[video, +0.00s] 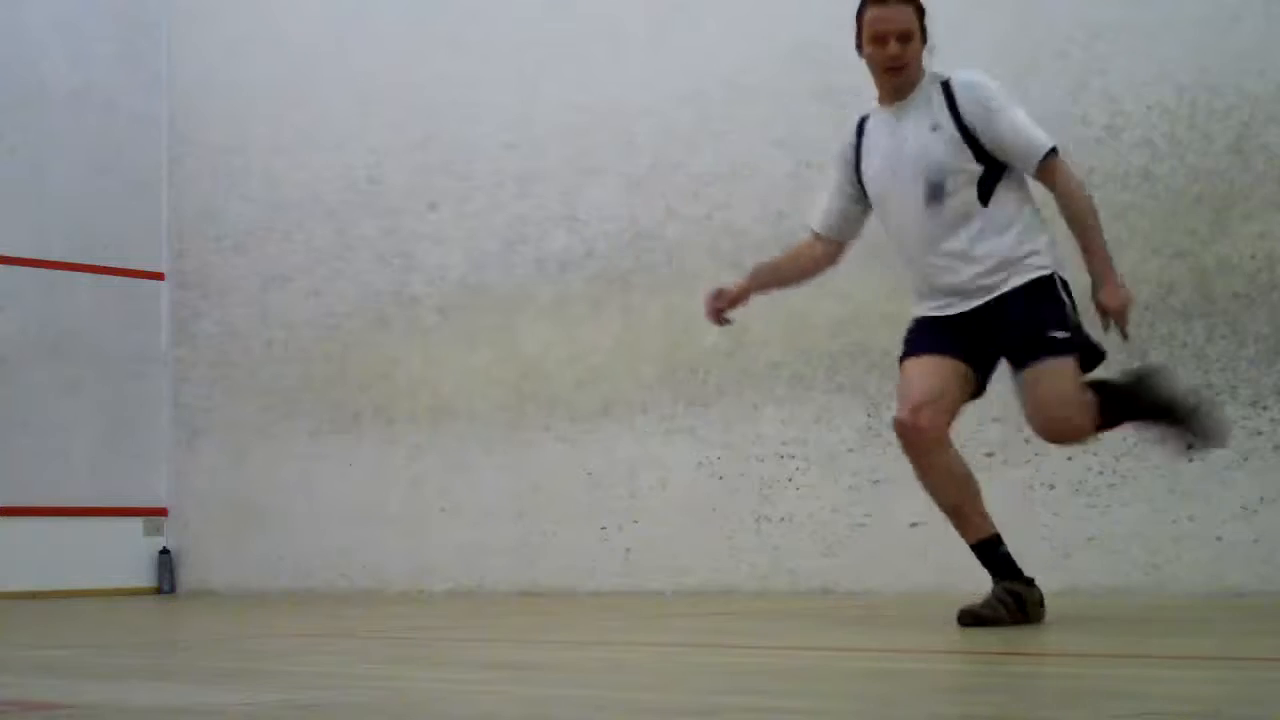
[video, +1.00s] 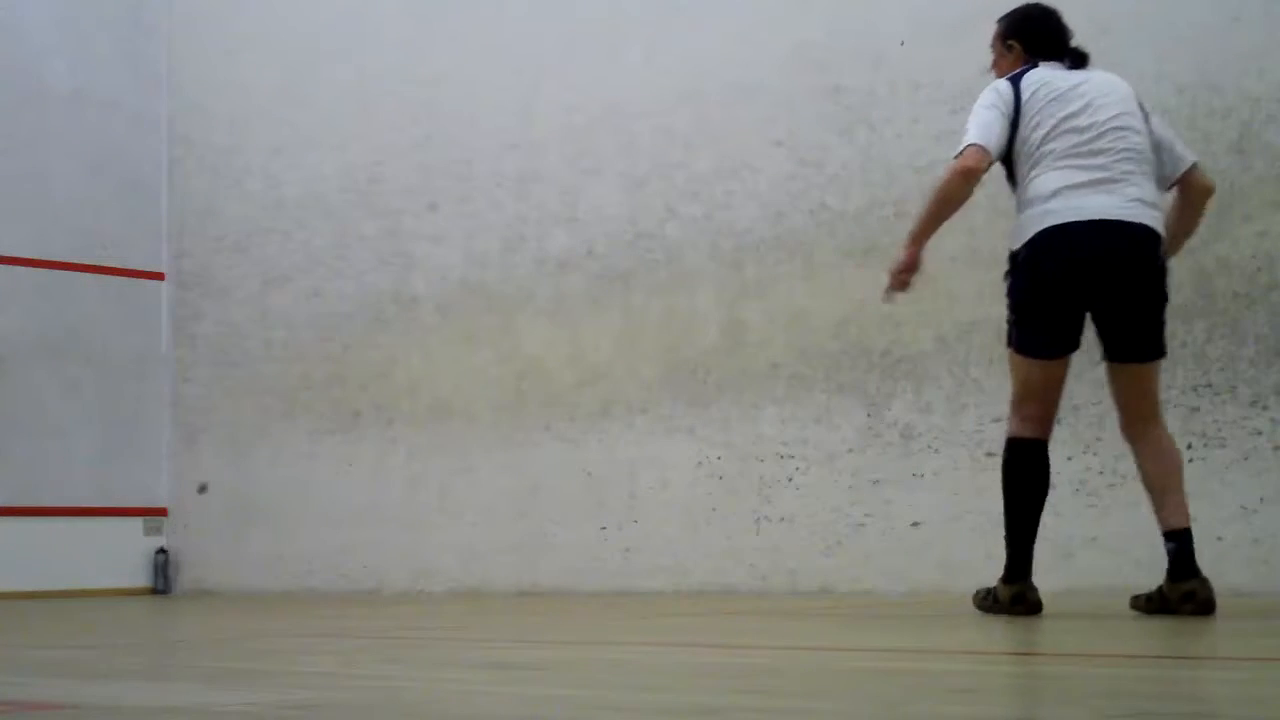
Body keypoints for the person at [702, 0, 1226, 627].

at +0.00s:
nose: (891, 52)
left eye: (903, 38)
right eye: (877, 40)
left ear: (924, 40)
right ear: (861, 47)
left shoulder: (967, 97)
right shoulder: (863, 140)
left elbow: (1060, 175)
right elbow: (824, 245)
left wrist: (1104, 277)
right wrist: (748, 284)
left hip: (1025, 286)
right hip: (945, 308)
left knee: (1058, 422)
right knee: (916, 423)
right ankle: (1011, 586)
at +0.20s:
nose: (872, 100)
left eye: (883, 84)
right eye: (860, 87)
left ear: (915, 71)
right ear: (850, 83)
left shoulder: (968, 95)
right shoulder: (875, 152)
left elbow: (1092, 132)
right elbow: (875, 262)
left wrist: (1170, 211)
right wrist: (856, 248)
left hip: (1054, 224)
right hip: (1011, 265)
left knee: (977, 336)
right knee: (989, 405)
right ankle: (1022, 581)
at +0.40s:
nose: (859, 80)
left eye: (863, 66)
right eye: (858, 66)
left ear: (896, 64)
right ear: (899, 65)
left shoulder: (968, 71)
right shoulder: (927, 144)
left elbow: (1097, 53)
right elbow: (912, 235)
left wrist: (1209, 82)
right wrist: (884, 210)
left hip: (1031, 233)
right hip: (1078, 246)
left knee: (907, 341)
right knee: (1022, 415)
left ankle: (912, 523)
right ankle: (1022, 581)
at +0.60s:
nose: (908, 89)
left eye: (911, 76)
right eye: (908, 76)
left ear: (933, 75)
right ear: (967, 74)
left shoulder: (949, 116)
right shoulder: (1019, 114)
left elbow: (1006, 150)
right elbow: (967, 241)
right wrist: (892, 256)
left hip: (1015, 271)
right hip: (1091, 270)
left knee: (990, 418)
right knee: (1038, 440)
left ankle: (1015, 576)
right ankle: (1016, 554)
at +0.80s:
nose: (956, 91)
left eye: (957, 82)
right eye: (955, 82)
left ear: (974, 77)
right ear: (1021, 73)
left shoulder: (972, 112)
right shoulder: (1079, 114)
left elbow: (933, 189)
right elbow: (1091, 198)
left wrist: (875, 274)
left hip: (1012, 268)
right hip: (1095, 269)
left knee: (1005, 420)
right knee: (1092, 416)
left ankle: (1014, 580)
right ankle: (1111, 524)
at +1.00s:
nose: (992, 66)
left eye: (995, 55)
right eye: (992, 55)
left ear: (1015, 52)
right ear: (1061, 48)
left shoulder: (1009, 88)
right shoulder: (1119, 90)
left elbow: (970, 166)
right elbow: (1197, 186)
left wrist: (914, 245)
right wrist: (1160, 252)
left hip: (1050, 252)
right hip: (1134, 251)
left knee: (1031, 416)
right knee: (1144, 420)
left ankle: (1017, 581)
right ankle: (1184, 573)